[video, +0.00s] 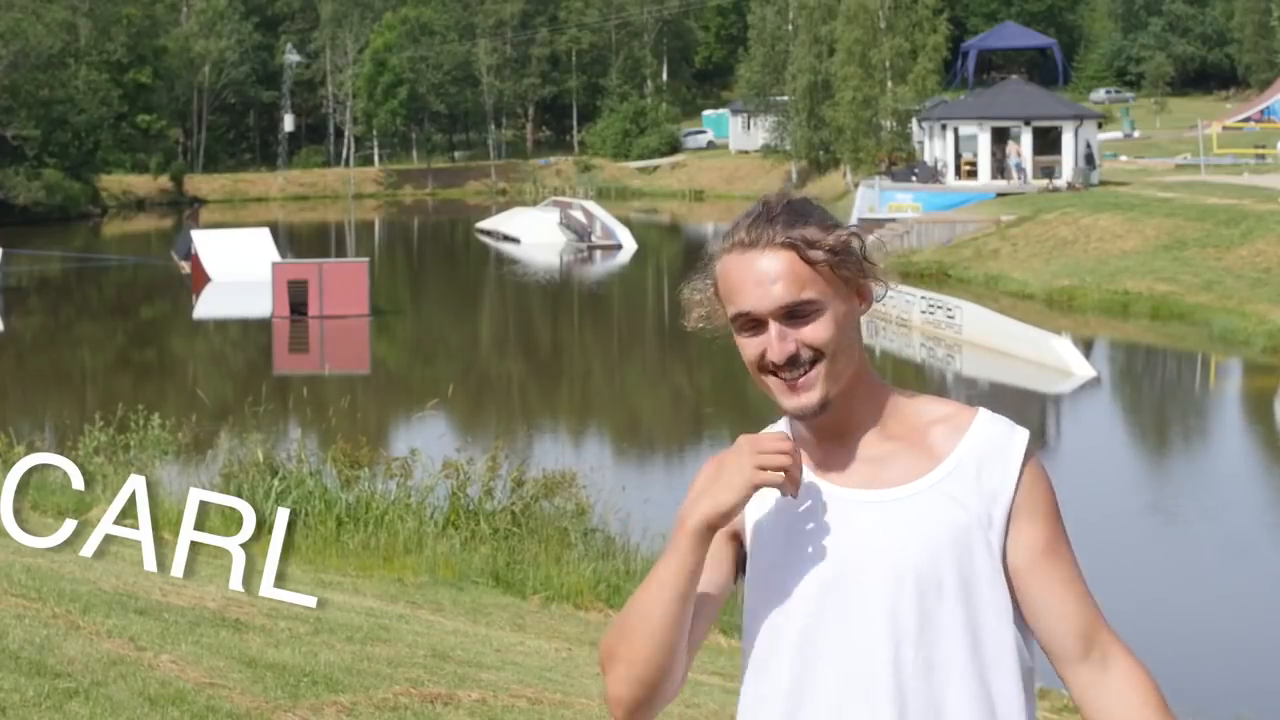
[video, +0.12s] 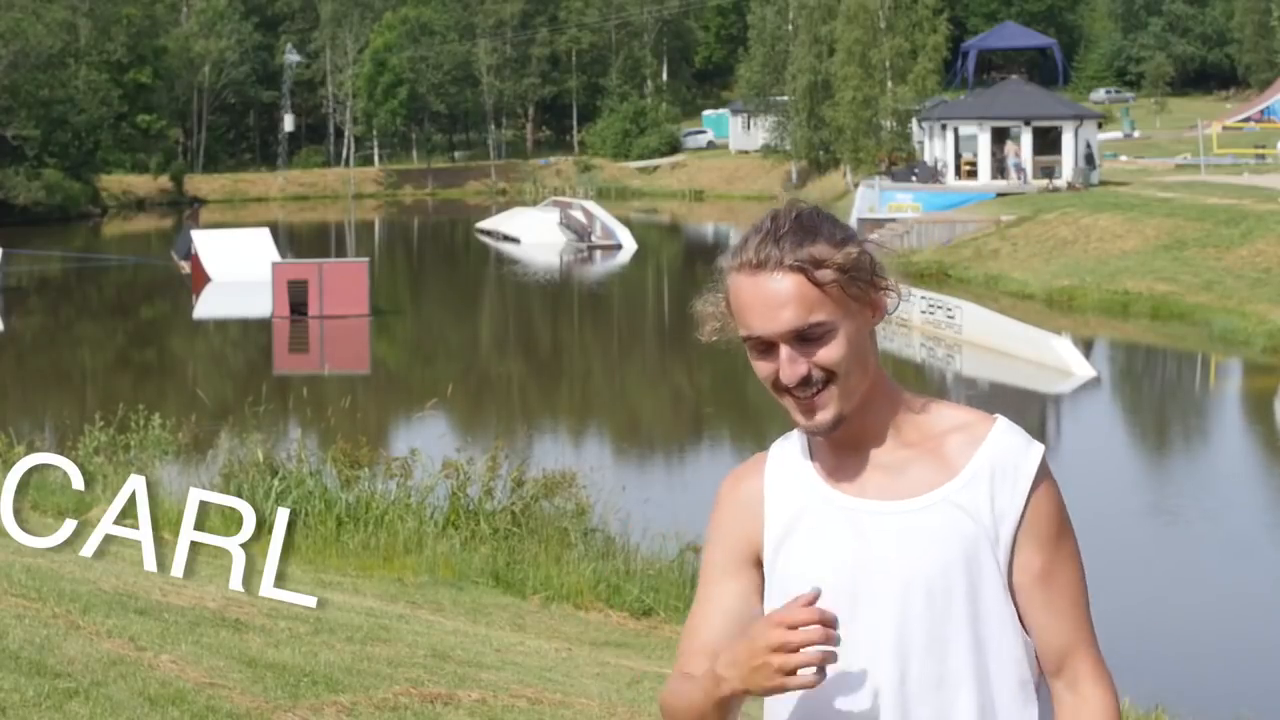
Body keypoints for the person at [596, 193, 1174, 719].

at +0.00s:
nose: (778, 348)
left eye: (800, 313)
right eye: (749, 326)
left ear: (858, 296)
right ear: (731, 334)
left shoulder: (988, 455)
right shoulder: (742, 483)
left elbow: (1095, 662)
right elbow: (630, 696)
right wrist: (693, 524)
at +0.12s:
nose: (790, 371)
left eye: (813, 336)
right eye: (762, 348)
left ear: (874, 306)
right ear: (742, 344)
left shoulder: (1003, 466)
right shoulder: (753, 495)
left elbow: (1074, 675)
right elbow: (682, 698)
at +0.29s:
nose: (828, 388)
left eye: (852, 355)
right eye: (800, 362)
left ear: (909, 318)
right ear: (775, 346)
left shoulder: (1032, 464)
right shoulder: (783, 507)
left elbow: (1107, 683)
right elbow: (763, 695)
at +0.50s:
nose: (869, 399)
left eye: (895, 366)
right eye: (842, 370)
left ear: (957, 328)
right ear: (820, 350)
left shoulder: (1079, 464)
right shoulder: (834, 505)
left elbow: (1155, 694)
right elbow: (803, 697)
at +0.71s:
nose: (918, 407)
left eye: (948, 377)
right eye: (896, 374)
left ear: (1018, 342)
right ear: (880, 349)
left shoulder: (1136, 492)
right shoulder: (895, 496)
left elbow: (1194, 706)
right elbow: (870, 697)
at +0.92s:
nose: (968, 413)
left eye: (1001, 387)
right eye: (950, 378)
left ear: (1082, 357)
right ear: (939, 353)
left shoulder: (1182, 515)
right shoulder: (951, 480)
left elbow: (1222, 708)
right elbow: (919, 678)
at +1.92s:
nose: (956, 361)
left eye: (993, 339)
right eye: (948, 326)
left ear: (1075, 340)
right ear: (939, 311)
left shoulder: (1164, 510)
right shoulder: (905, 478)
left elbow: (1179, 710)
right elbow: (842, 687)